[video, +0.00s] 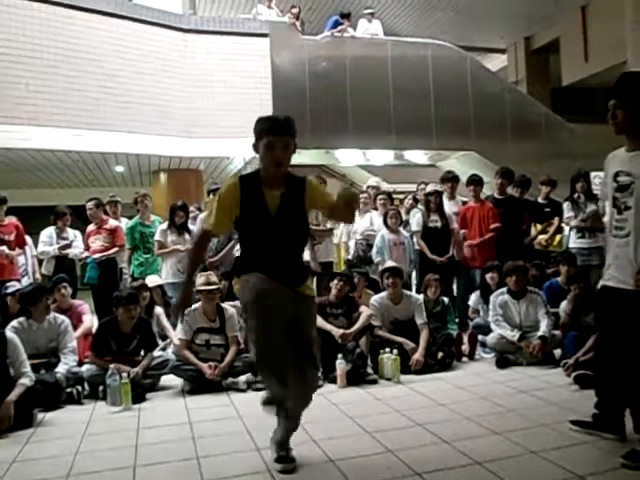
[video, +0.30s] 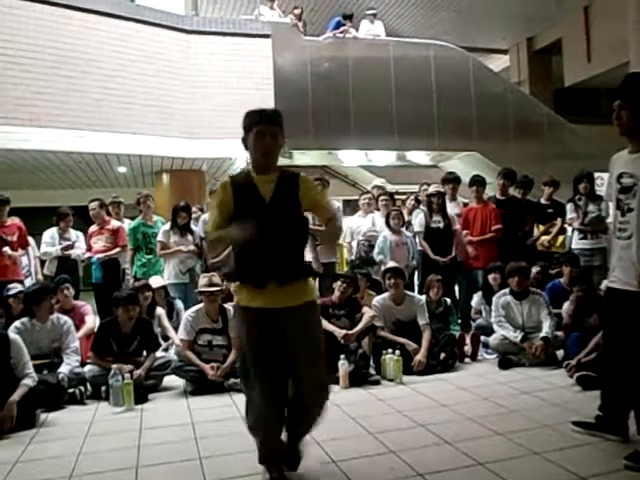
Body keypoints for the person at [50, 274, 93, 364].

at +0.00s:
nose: (62, 292)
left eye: (65, 287)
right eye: (58, 290)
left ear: (70, 290)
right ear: (53, 295)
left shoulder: (81, 306)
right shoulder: (51, 311)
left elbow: (88, 324)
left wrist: (72, 337)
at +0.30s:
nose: (65, 293)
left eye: (67, 289)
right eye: (61, 290)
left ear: (73, 291)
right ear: (56, 296)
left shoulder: (84, 307)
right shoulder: (54, 312)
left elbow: (90, 325)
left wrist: (75, 338)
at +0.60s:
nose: (64, 293)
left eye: (66, 289)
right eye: (60, 291)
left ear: (72, 291)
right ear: (55, 296)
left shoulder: (83, 307)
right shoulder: (53, 312)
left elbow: (90, 324)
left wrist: (75, 338)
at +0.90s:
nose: (64, 293)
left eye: (66, 289)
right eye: (59, 291)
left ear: (72, 291)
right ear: (55, 296)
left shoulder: (83, 307)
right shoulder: (53, 312)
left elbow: (90, 325)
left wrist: (75, 338)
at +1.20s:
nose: (64, 294)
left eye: (66, 289)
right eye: (59, 291)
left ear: (72, 290)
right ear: (55, 296)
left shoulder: (83, 307)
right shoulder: (53, 312)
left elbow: (90, 325)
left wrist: (75, 338)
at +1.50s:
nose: (64, 293)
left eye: (66, 289)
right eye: (59, 291)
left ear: (72, 290)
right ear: (55, 296)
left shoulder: (83, 307)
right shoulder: (53, 312)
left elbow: (90, 325)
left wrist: (74, 338)